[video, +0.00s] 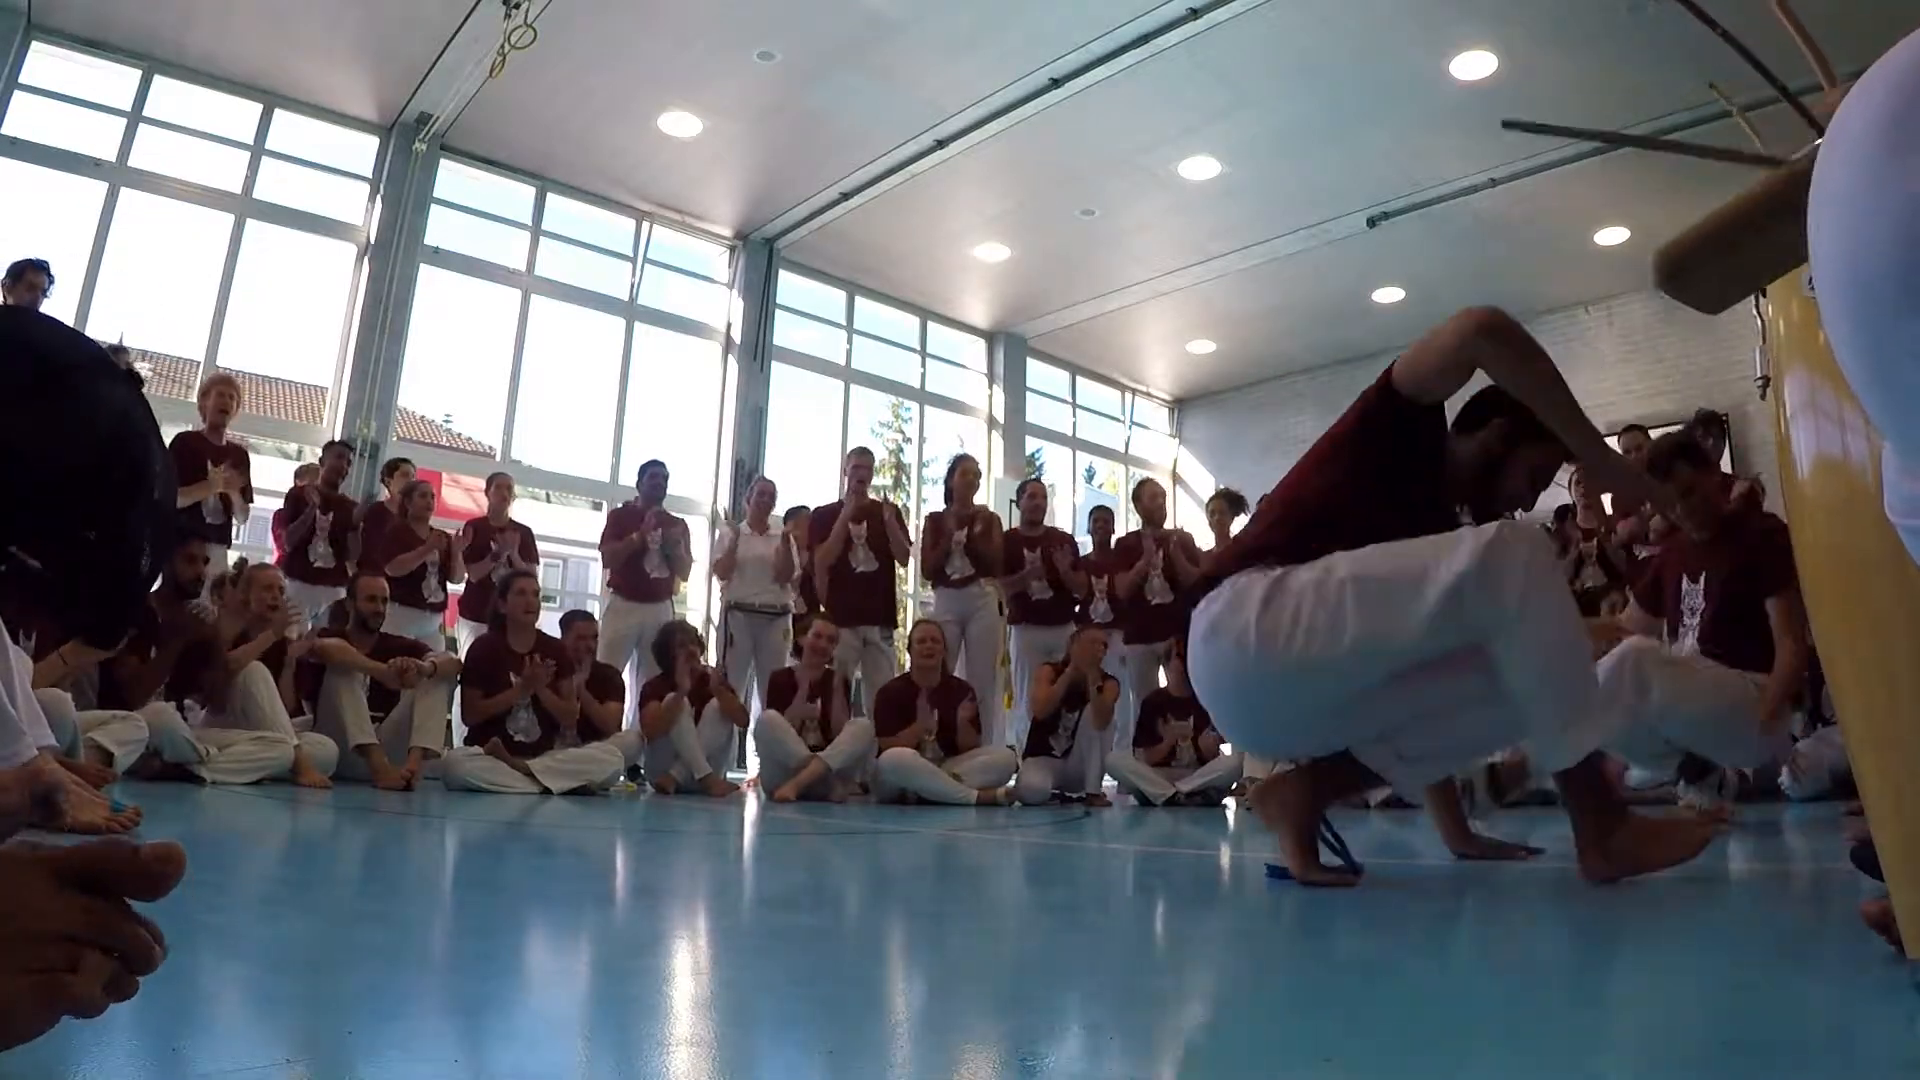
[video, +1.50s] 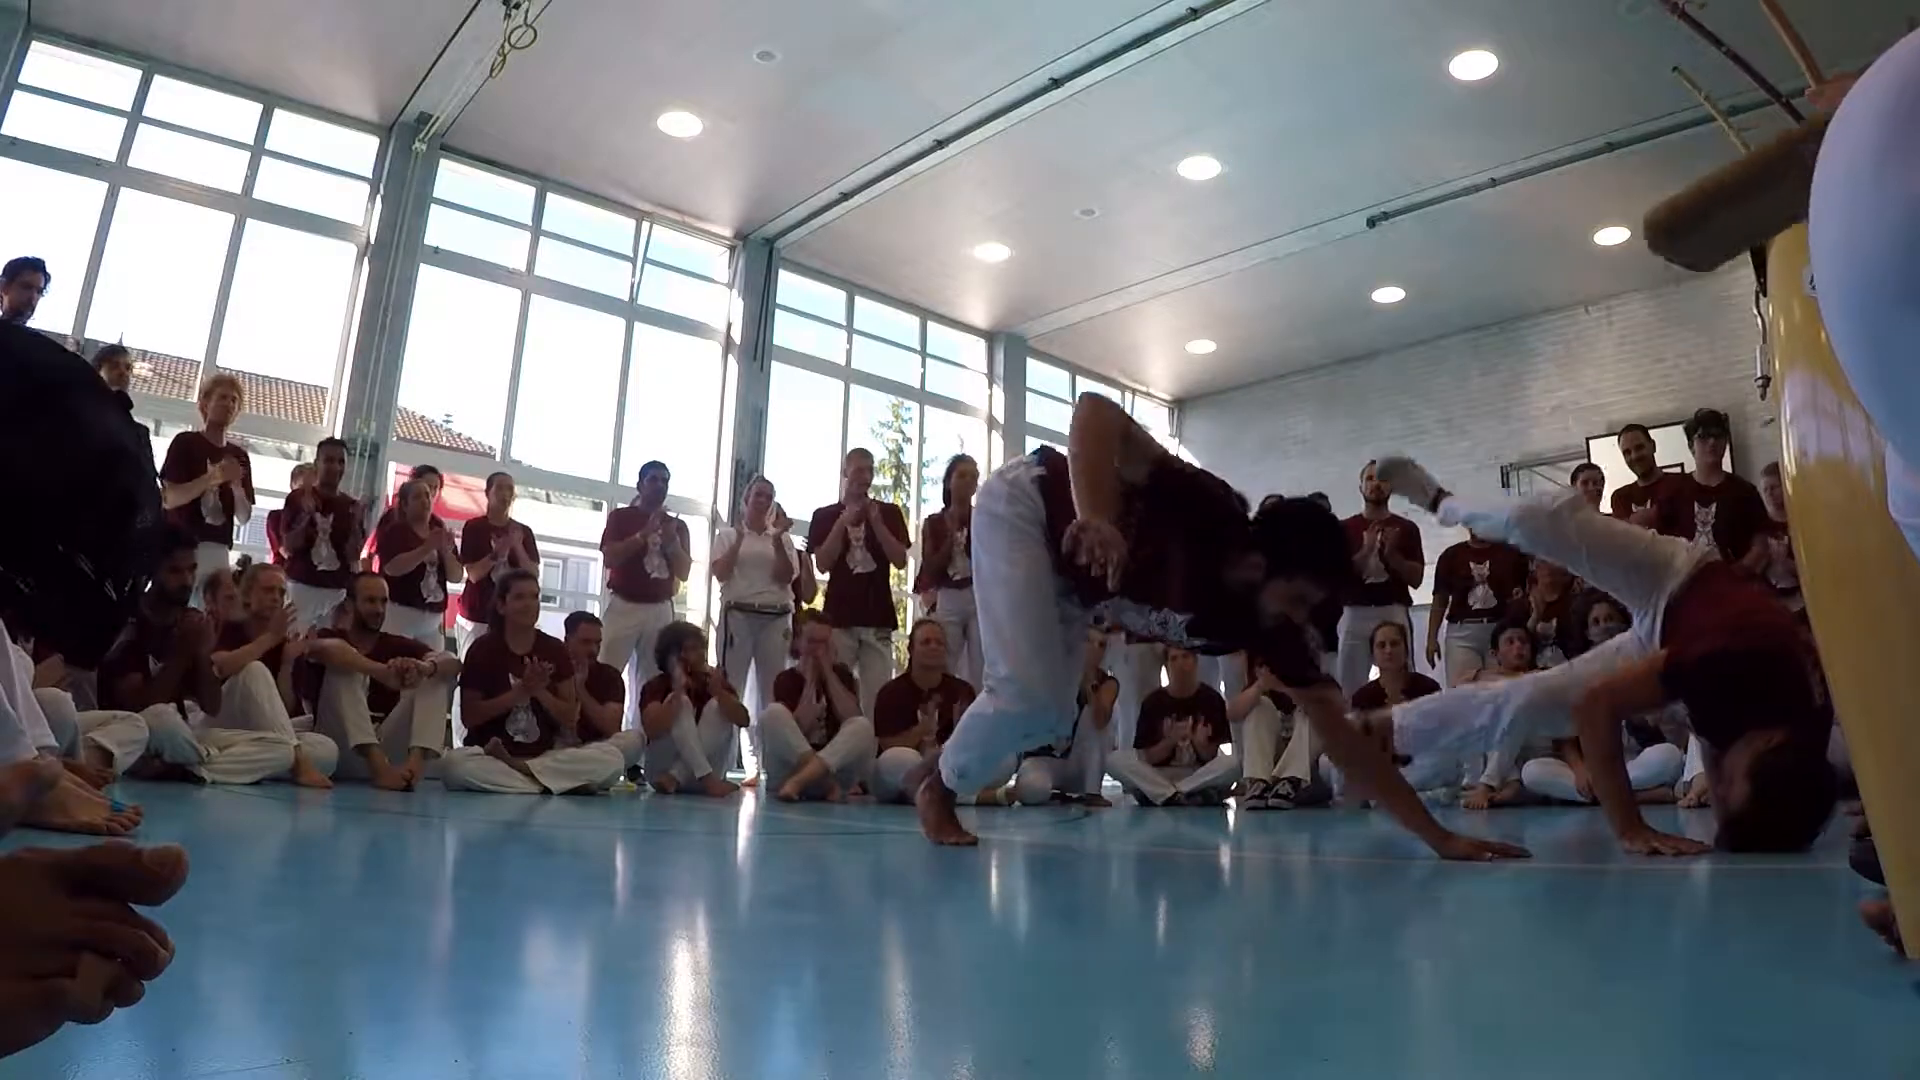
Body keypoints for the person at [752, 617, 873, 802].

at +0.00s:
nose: (823, 645)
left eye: (831, 641)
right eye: (817, 636)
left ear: (835, 648)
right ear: (801, 639)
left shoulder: (838, 681)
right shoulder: (780, 678)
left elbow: (839, 733)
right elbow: (774, 736)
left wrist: (837, 688)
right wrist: (802, 691)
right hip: (784, 777)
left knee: (864, 727)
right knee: (767, 719)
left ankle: (796, 784)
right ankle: (831, 784)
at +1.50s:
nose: (818, 649)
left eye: (824, 643)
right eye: (812, 642)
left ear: (831, 645)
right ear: (798, 643)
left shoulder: (842, 674)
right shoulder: (786, 679)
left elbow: (853, 717)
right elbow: (795, 731)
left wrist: (829, 672)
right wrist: (810, 681)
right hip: (789, 775)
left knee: (862, 727)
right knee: (773, 713)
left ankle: (798, 782)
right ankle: (829, 785)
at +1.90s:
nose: (809, 645)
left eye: (812, 639)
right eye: (801, 639)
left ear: (817, 643)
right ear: (784, 644)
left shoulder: (825, 673)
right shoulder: (772, 679)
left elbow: (845, 700)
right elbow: (797, 724)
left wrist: (830, 649)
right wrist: (794, 669)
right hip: (785, 778)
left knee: (855, 717)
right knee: (767, 720)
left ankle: (798, 784)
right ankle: (829, 785)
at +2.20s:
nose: (807, 661)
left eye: (811, 654)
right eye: (799, 656)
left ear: (816, 651)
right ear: (786, 654)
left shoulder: (821, 673)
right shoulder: (770, 678)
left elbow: (849, 685)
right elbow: (790, 703)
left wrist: (822, 637)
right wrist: (781, 650)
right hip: (784, 777)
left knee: (857, 718)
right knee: (773, 716)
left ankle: (804, 785)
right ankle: (829, 784)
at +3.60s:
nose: (811, 664)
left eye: (818, 656)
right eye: (804, 657)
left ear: (827, 654)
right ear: (794, 656)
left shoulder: (836, 679)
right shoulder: (780, 680)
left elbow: (859, 687)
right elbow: (775, 701)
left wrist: (839, 656)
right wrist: (791, 653)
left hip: (832, 779)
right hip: (785, 777)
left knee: (851, 711)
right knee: (797, 701)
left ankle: (812, 785)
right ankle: (824, 783)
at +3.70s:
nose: (806, 657)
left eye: (812, 649)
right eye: (799, 652)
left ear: (821, 648)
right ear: (790, 653)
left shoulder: (836, 679)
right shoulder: (781, 679)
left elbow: (860, 695)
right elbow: (773, 703)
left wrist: (838, 659)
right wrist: (807, 668)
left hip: (831, 778)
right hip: (785, 776)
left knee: (847, 711)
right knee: (796, 700)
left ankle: (812, 785)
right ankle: (824, 783)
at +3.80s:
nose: (810, 655)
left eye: (814, 647)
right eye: (801, 653)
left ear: (823, 645)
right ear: (791, 658)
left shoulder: (839, 679)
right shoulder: (785, 678)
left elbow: (860, 696)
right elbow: (775, 701)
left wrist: (844, 664)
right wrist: (817, 683)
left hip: (832, 778)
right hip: (785, 776)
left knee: (846, 709)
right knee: (795, 702)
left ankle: (812, 785)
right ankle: (825, 783)